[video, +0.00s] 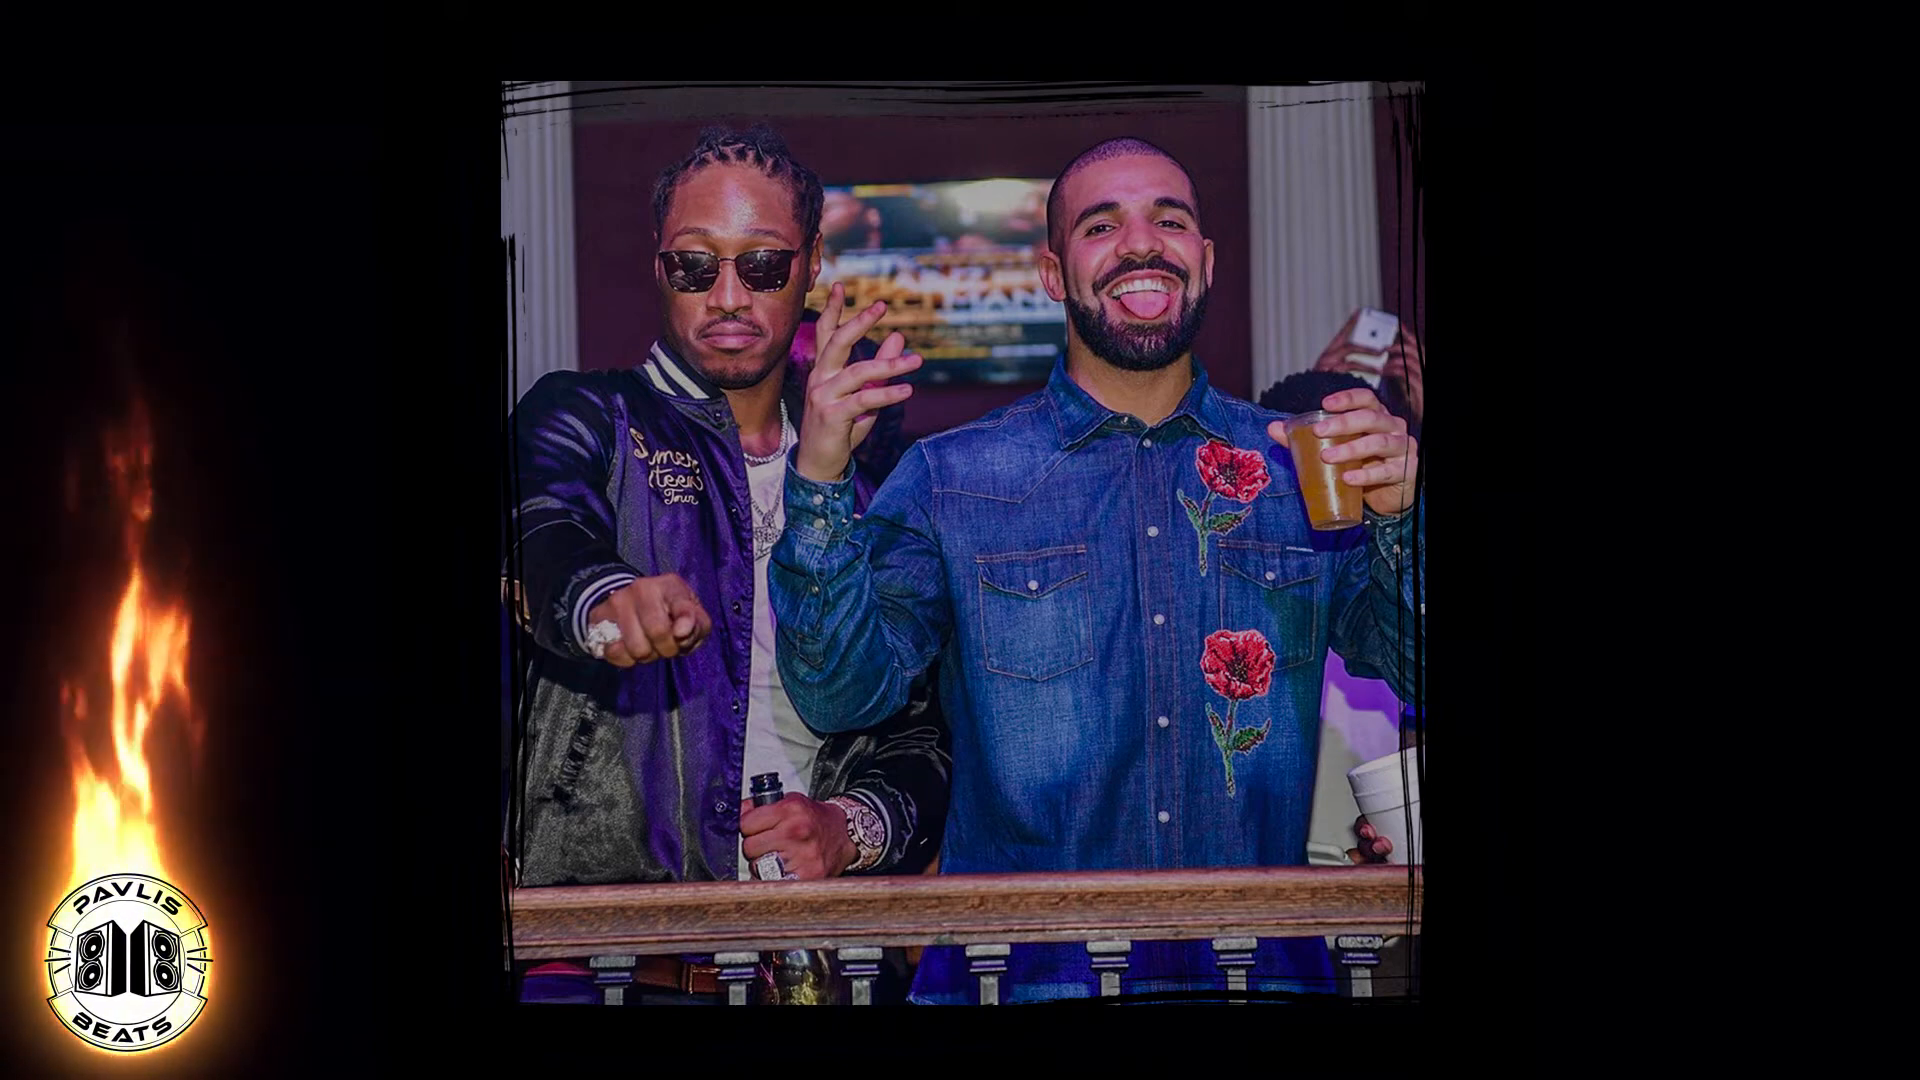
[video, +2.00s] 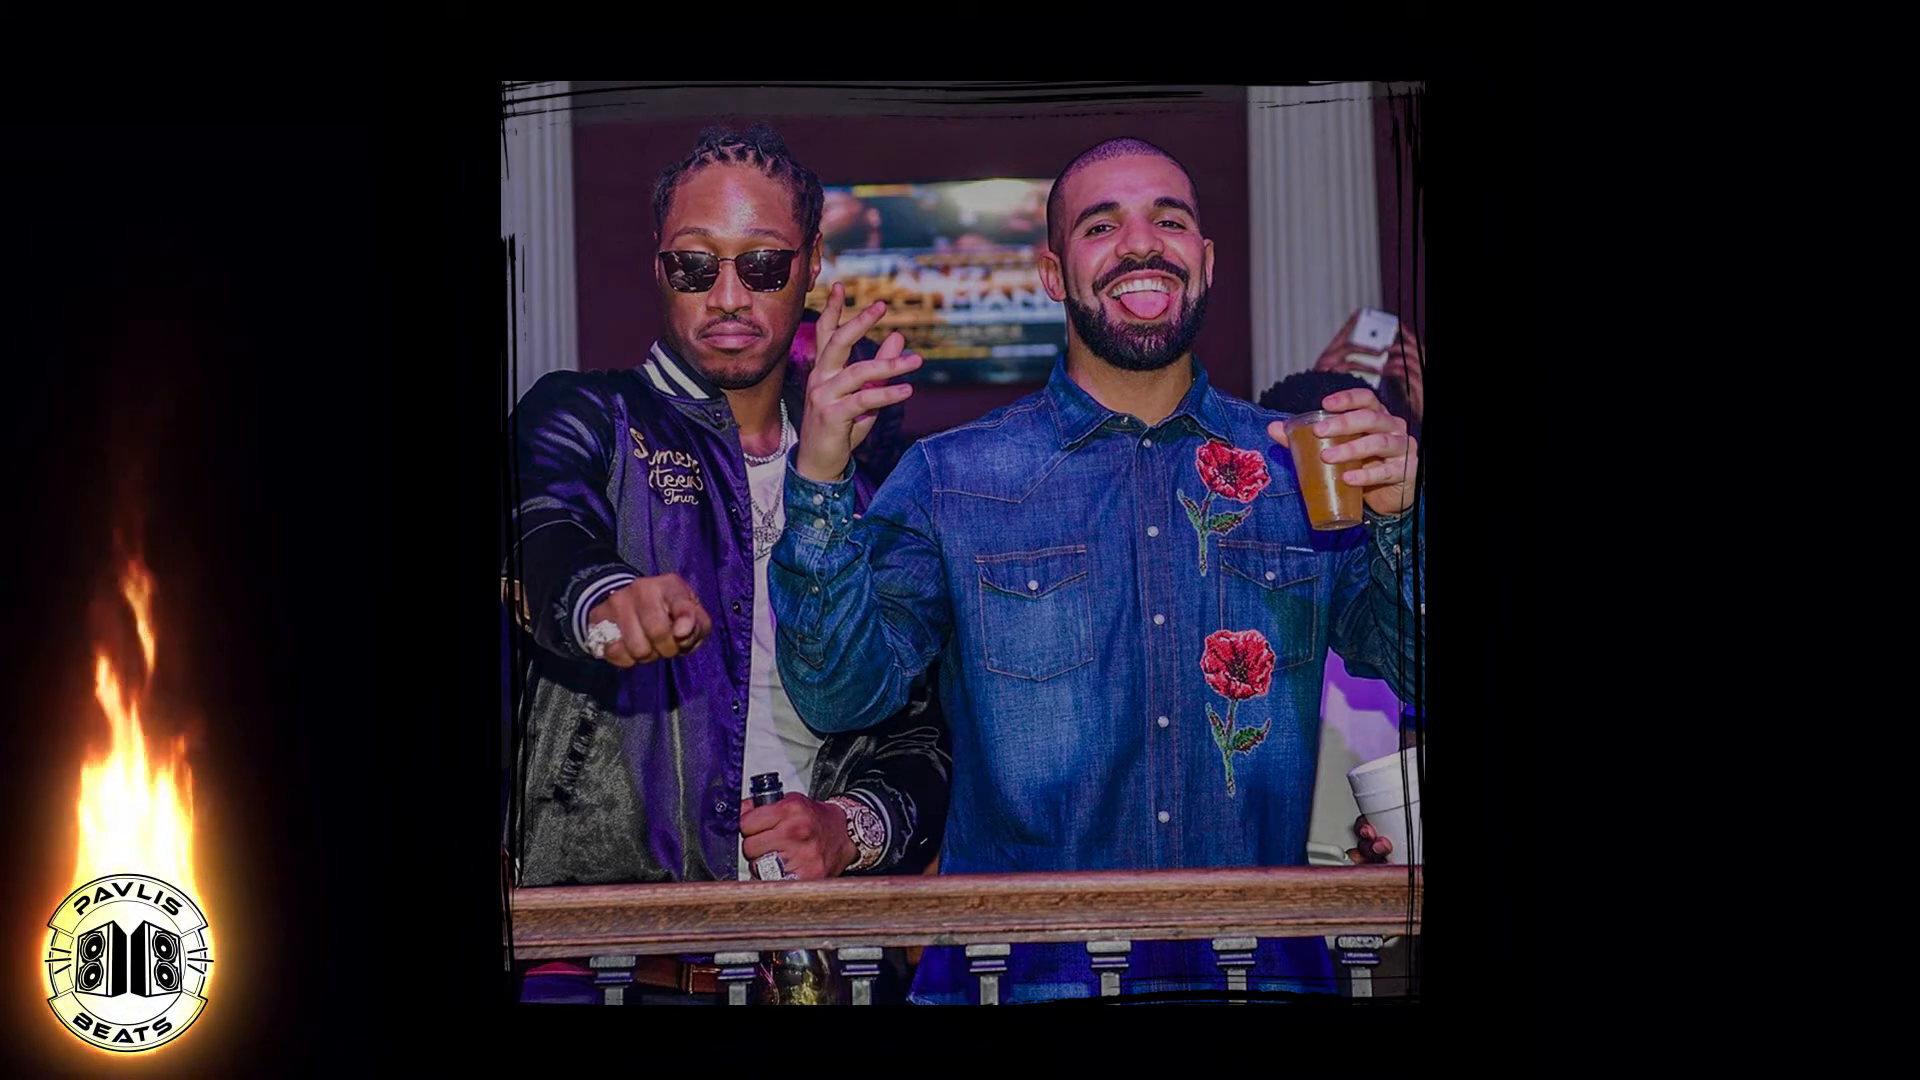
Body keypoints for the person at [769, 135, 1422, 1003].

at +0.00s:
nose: (1141, 243)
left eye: (1169, 219)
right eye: (1101, 225)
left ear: (1207, 258)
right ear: (1055, 272)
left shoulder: (1304, 470)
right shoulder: (945, 479)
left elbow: (1412, 673)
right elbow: (840, 693)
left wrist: (1402, 516)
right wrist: (818, 475)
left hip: (1254, 955)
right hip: (1021, 963)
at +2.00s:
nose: (1141, 243)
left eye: (1169, 219)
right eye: (1102, 225)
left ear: (1208, 258)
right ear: (1055, 272)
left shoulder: (1304, 469)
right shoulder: (945, 479)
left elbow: (1414, 674)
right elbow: (840, 693)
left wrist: (1402, 516)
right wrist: (819, 473)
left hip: (1255, 954)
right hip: (1021, 963)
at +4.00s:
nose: (1142, 242)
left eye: (1170, 219)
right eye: (1102, 225)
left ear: (1207, 259)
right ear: (1055, 273)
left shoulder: (1304, 469)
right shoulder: (945, 478)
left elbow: (1413, 673)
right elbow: (840, 692)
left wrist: (1402, 516)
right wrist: (818, 475)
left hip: (1255, 955)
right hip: (1022, 963)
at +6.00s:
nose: (1142, 242)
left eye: (1170, 219)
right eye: (1102, 225)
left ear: (1207, 259)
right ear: (1055, 273)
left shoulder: (1304, 469)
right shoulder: (945, 478)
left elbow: (1413, 673)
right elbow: (840, 692)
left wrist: (1402, 516)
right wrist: (818, 475)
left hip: (1255, 955)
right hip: (1022, 963)